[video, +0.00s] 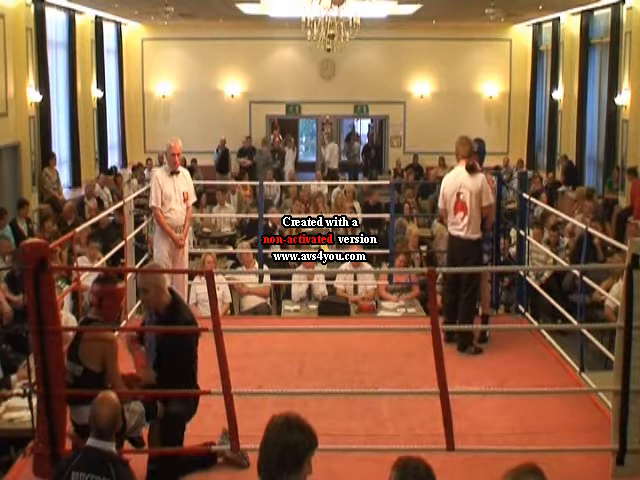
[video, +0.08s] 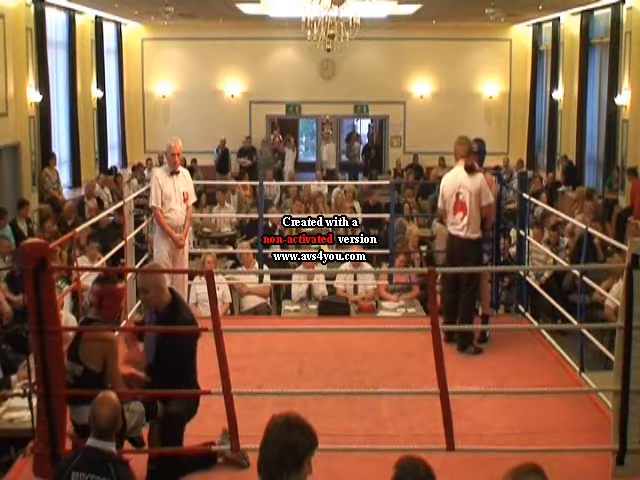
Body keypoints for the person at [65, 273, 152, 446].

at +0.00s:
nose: (122, 305)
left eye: (121, 299)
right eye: (118, 300)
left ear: (95, 300)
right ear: (101, 301)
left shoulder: (85, 326)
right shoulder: (106, 338)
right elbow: (117, 390)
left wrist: (124, 381)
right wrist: (139, 394)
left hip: (77, 410)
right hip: (94, 414)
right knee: (151, 407)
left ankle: (132, 429)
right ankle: (131, 430)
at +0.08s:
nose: (122, 304)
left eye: (122, 299)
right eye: (118, 299)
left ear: (95, 300)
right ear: (100, 301)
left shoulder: (85, 325)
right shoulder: (107, 337)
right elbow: (118, 391)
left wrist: (129, 378)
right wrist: (139, 395)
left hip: (77, 410)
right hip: (94, 415)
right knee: (152, 407)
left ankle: (132, 429)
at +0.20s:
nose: (121, 305)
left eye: (122, 299)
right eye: (117, 300)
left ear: (97, 300)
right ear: (100, 301)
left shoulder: (85, 324)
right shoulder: (106, 336)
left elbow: (102, 377)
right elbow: (119, 391)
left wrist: (129, 381)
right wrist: (140, 395)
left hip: (77, 408)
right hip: (92, 414)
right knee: (153, 407)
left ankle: (133, 429)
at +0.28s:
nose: (121, 304)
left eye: (121, 298)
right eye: (117, 299)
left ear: (96, 300)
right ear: (100, 300)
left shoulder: (86, 324)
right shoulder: (107, 335)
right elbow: (117, 390)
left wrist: (128, 381)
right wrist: (139, 395)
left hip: (77, 409)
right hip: (94, 414)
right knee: (153, 407)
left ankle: (132, 428)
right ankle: (130, 429)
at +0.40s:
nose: (122, 306)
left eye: (122, 300)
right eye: (117, 300)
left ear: (97, 300)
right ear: (101, 300)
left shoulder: (86, 324)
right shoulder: (108, 337)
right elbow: (118, 390)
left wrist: (128, 381)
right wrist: (140, 395)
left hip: (77, 409)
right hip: (93, 414)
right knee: (152, 407)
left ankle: (133, 429)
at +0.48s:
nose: (122, 305)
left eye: (122, 299)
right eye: (117, 300)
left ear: (97, 300)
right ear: (101, 301)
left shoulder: (87, 324)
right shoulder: (107, 336)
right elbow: (117, 388)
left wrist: (129, 383)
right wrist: (137, 396)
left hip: (77, 409)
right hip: (93, 414)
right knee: (153, 407)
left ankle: (133, 429)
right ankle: (130, 430)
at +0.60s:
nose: (122, 306)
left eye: (122, 299)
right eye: (118, 300)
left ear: (97, 301)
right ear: (103, 302)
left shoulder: (88, 324)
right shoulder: (108, 337)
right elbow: (118, 390)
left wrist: (130, 383)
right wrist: (140, 394)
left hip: (77, 410)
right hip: (93, 415)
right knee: (153, 407)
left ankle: (133, 429)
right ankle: (130, 430)